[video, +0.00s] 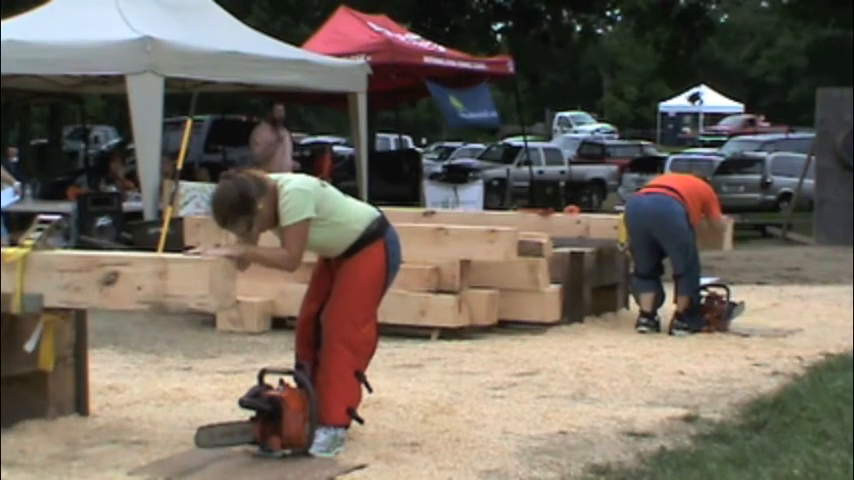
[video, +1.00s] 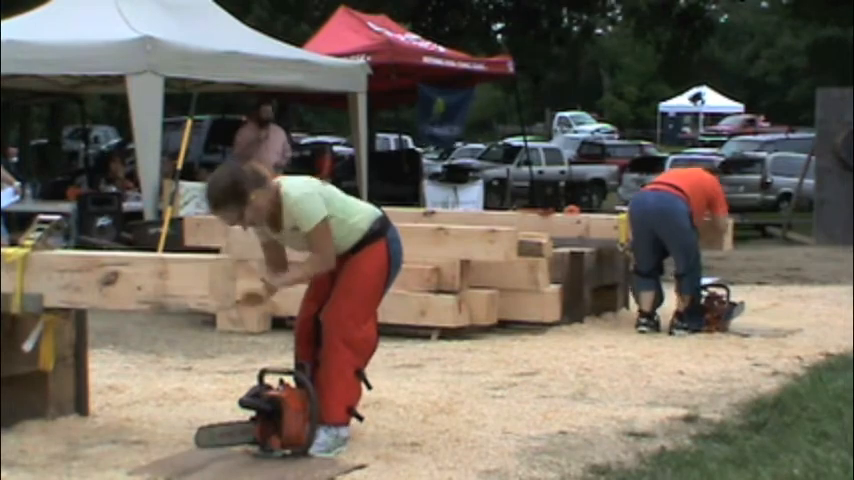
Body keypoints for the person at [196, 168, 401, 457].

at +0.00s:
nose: (252, 233)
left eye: (251, 227)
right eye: (244, 231)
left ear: (260, 204)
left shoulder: (296, 195)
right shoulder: (262, 194)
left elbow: (291, 260)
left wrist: (244, 253)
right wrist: (232, 250)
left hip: (371, 247)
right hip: (336, 254)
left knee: (338, 325)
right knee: (309, 322)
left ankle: (334, 425)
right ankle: (309, 413)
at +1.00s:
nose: (244, 227)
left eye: (242, 219)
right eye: (238, 224)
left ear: (256, 198)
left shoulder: (302, 198)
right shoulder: (263, 214)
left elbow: (325, 262)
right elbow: (277, 267)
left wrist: (281, 281)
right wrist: (264, 293)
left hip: (374, 245)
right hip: (337, 254)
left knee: (338, 322)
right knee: (309, 322)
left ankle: (336, 426)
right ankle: (310, 414)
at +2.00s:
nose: (235, 258)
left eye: (233, 248)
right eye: (230, 252)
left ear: (250, 232)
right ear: (248, 235)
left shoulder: (287, 231)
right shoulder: (271, 265)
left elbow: (307, 296)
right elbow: (303, 313)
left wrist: (295, 359)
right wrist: (316, 373)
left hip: (388, 262)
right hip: (361, 271)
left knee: (339, 333)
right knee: (324, 330)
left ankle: (340, 429)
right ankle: (348, 412)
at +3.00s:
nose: (263, 147)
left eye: (264, 136)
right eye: (256, 141)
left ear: (288, 122)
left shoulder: (316, 146)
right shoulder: (286, 166)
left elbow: (352, 189)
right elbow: (309, 216)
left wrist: (307, 218)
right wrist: (308, 256)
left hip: (373, 237)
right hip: (338, 244)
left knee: (354, 323)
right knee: (327, 323)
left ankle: (356, 418)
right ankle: (337, 412)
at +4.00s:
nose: (260, 120)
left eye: (265, 109)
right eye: (254, 113)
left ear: (290, 99)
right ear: (252, 111)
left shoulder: (318, 124)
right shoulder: (274, 141)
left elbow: (319, 180)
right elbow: (290, 199)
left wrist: (267, 198)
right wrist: (283, 244)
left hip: (349, 233)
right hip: (313, 237)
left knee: (342, 324)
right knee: (302, 323)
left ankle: (344, 423)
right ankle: (297, 413)